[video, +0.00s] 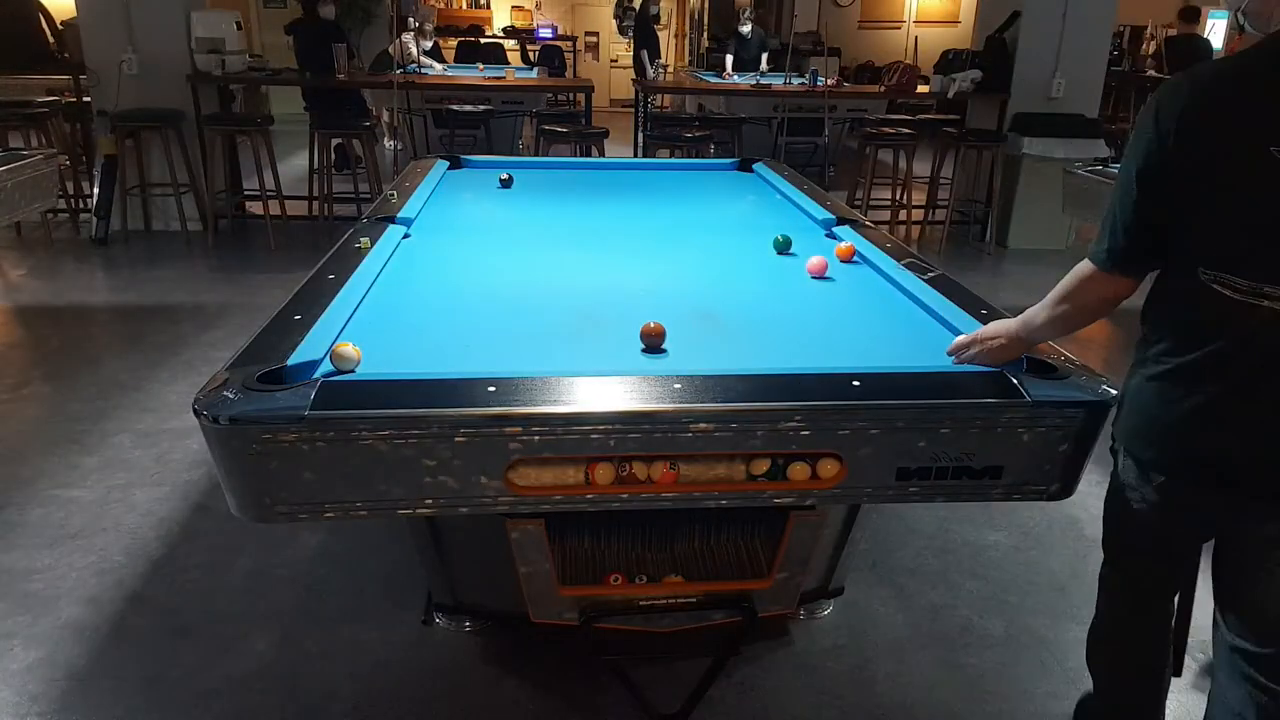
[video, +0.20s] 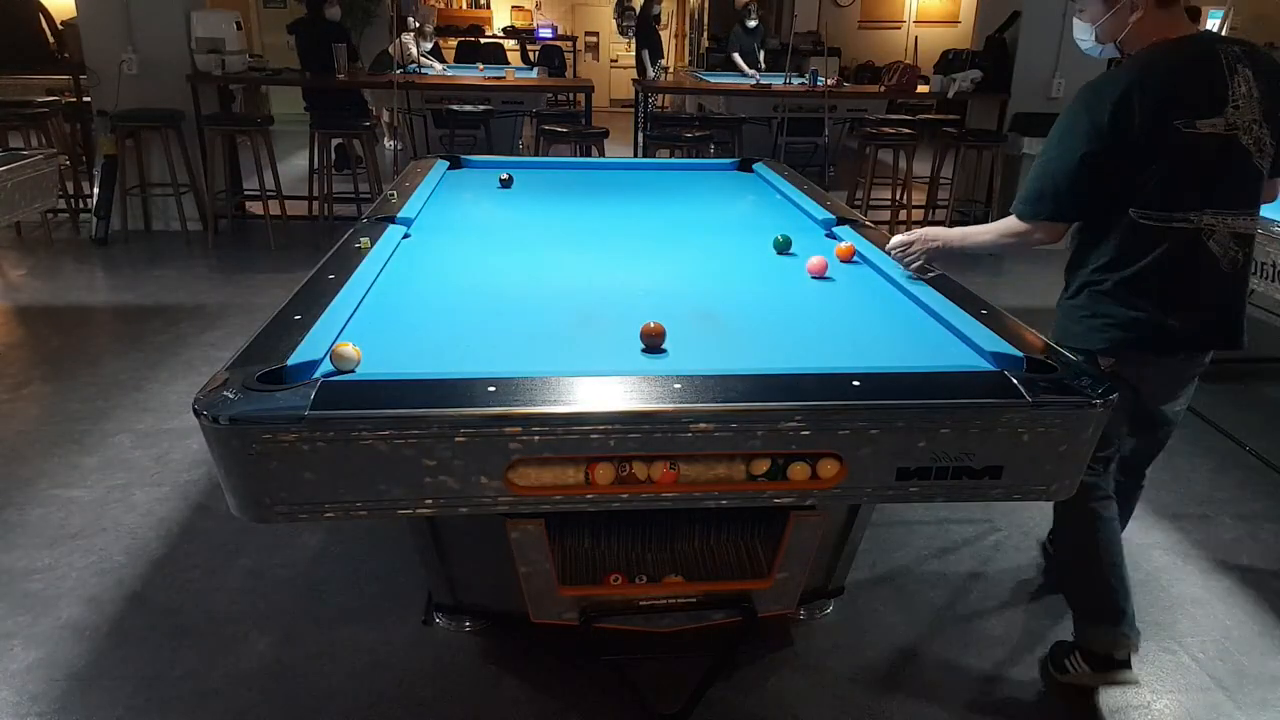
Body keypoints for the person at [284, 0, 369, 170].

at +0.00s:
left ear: (302, 8)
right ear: (319, 6)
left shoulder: (298, 30)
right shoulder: (332, 26)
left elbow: (301, 66)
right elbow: (350, 57)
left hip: (313, 99)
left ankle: (348, 150)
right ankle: (345, 149)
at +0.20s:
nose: (340, 10)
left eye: (339, 5)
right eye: (337, 5)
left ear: (310, 8)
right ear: (327, 7)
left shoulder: (301, 28)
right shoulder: (336, 29)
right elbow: (354, 61)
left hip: (314, 99)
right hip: (341, 102)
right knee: (363, 110)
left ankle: (348, 150)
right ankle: (346, 149)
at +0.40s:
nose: (340, 11)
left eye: (338, 5)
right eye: (336, 6)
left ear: (310, 8)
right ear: (327, 8)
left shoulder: (301, 30)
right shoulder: (339, 32)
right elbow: (355, 69)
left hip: (314, 102)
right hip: (342, 104)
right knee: (362, 109)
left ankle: (348, 150)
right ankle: (345, 148)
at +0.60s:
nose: (343, 11)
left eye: (341, 6)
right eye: (338, 7)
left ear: (313, 9)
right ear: (329, 8)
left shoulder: (303, 30)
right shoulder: (339, 31)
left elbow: (307, 70)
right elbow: (356, 69)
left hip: (314, 101)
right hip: (342, 103)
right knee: (362, 108)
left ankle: (348, 149)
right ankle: (346, 148)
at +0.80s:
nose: (340, 9)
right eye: (338, 6)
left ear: (310, 10)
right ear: (336, 9)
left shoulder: (303, 31)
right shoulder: (344, 31)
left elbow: (309, 66)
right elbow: (357, 69)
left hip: (315, 102)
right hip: (346, 103)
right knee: (365, 112)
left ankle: (350, 151)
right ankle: (344, 148)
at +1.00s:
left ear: (307, 9)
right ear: (332, 9)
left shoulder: (301, 32)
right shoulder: (343, 31)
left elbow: (306, 65)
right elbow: (357, 70)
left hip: (314, 101)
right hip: (345, 103)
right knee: (363, 108)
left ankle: (350, 151)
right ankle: (345, 149)